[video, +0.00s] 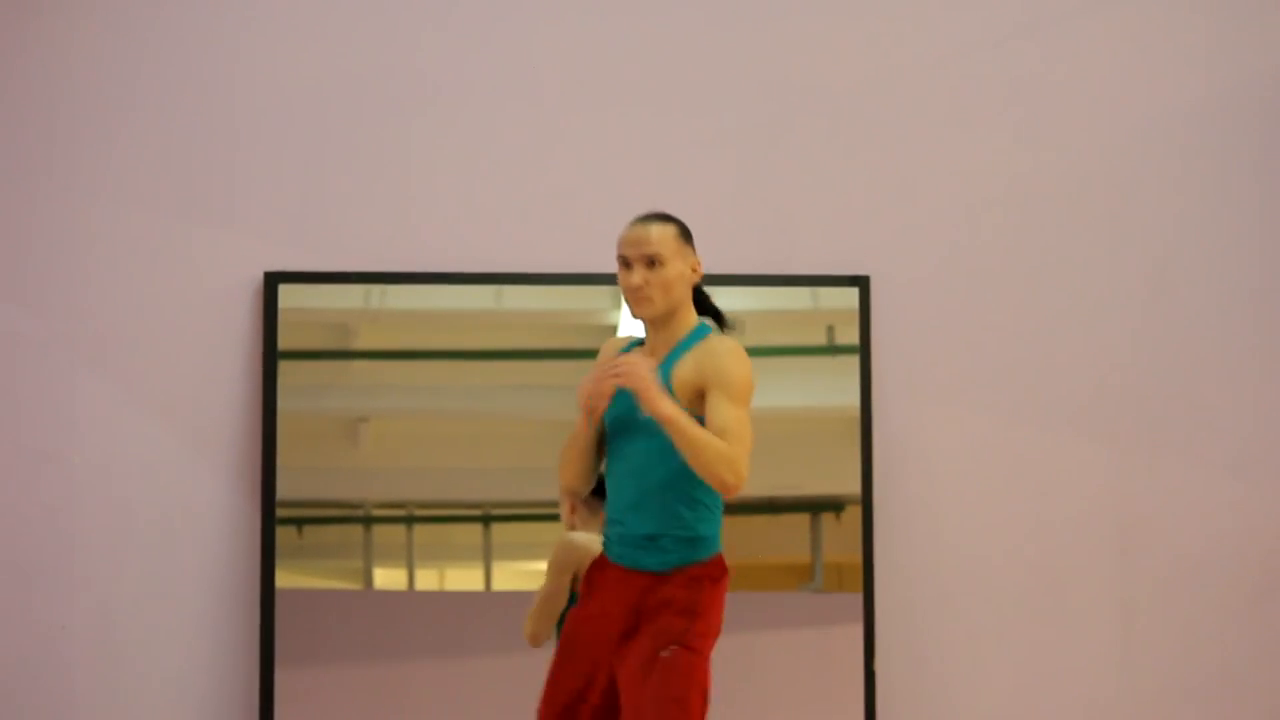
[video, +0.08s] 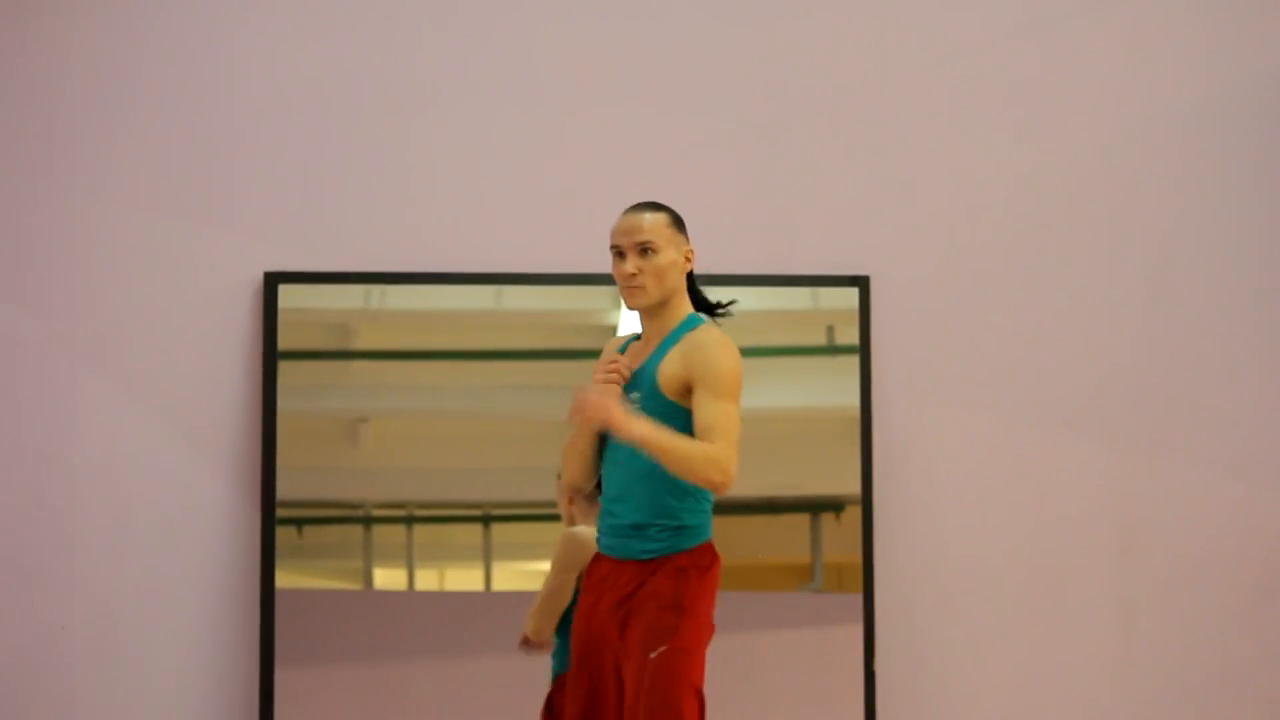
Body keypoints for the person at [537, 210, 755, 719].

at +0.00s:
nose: (636, 279)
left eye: (653, 263)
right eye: (626, 265)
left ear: (693, 270)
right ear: (617, 275)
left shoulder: (720, 355)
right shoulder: (619, 355)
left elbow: (731, 476)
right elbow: (574, 485)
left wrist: (657, 400)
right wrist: (589, 417)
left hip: (683, 582)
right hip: (613, 577)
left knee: (661, 710)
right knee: (564, 710)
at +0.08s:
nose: (628, 268)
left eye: (645, 251)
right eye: (618, 255)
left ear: (687, 258)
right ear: (610, 265)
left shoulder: (709, 346)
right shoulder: (624, 352)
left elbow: (720, 470)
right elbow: (575, 484)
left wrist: (625, 421)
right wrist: (593, 400)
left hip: (673, 572)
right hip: (610, 568)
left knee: (659, 709)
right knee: (584, 708)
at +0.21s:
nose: (624, 268)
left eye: (641, 251)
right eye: (615, 255)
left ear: (682, 258)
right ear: (607, 266)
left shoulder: (697, 346)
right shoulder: (626, 352)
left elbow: (703, 467)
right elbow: (584, 485)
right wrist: (596, 417)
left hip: (670, 572)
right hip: (616, 571)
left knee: (668, 710)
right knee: (594, 708)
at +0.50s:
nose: (626, 270)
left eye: (643, 253)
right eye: (616, 256)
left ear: (684, 260)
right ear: (608, 266)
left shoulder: (697, 347)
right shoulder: (622, 357)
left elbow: (711, 471)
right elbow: (587, 493)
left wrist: (633, 534)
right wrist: (591, 422)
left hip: (674, 574)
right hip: (615, 571)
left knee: (670, 710)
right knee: (597, 709)